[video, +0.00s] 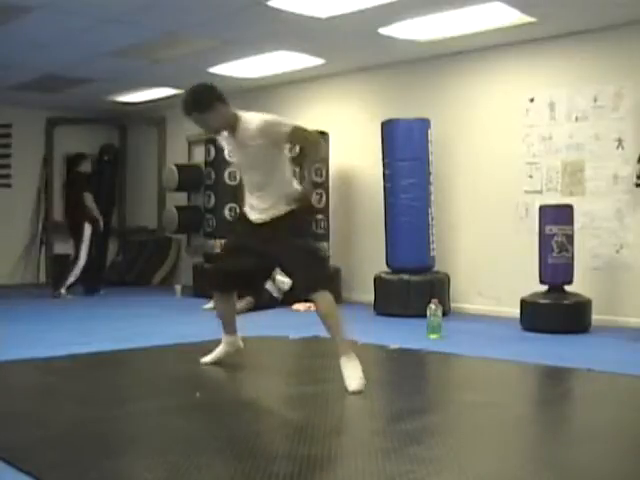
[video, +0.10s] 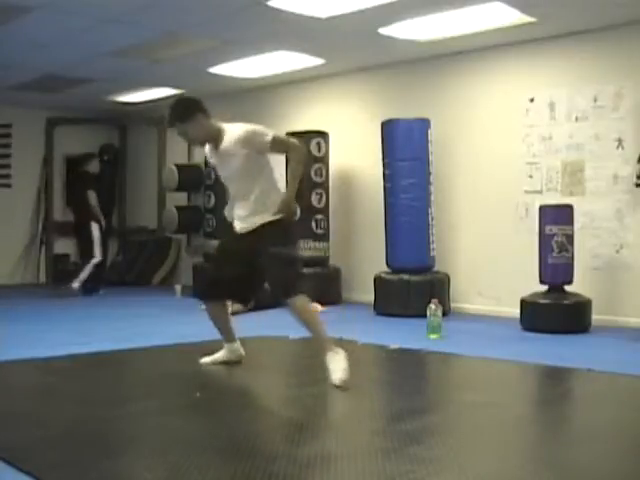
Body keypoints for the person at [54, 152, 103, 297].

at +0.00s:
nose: (90, 167)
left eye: (89, 163)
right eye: (87, 164)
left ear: (75, 165)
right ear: (81, 165)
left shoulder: (70, 180)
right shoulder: (83, 179)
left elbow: (70, 203)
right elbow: (88, 201)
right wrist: (99, 217)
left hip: (73, 219)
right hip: (83, 219)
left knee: (80, 255)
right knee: (82, 256)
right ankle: (63, 287)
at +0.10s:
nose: (98, 168)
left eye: (97, 165)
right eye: (96, 165)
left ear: (83, 166)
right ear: (90, 166)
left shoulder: (77, 180)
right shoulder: (89, 180)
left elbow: (74, 204)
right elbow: (92, 203)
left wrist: (79, 217)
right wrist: (101, 219)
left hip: (80, 219)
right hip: (90, 220)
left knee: (88, 255)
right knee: (97, 255)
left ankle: (91, 286)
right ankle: (76, 284)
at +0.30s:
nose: (112, 167)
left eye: (113, 163)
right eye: (111, 163)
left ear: (100, 160)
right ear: (106, 161)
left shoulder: (93, 175)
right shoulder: (101, 178)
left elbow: (98, 200)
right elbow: (102, 199)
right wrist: (114, 215)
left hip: (92, 217)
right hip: (102, 218)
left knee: (94, 252)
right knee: (113, 251)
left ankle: (92, 285)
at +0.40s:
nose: (120, 171)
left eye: (120, 166)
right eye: (118, 166)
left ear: (104, 163)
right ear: (110, 165)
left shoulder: (97, 178)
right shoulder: (106, 180)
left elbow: (102, 202)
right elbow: (106, 203)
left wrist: (114, 215)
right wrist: (117, 217)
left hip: (96, 219)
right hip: (106, 220)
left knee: (96, 252)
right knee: (120, 253)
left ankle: (92, 284)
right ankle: (134, 283)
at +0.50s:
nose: (122, 164)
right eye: (121, 161)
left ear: (101, 158)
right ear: (115, 160)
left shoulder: (95, 174)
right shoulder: (113, 177)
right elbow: (115, 204)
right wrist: (126, 218)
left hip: (97, 218)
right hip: (113, 219)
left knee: (96, 252)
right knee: (127, 255)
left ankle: (92, 286)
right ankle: (137, 287)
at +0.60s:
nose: (134, 167)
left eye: (134, 163)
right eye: (132, 163)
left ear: (103, 159)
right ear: (123, 162)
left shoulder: (98, 175)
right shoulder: (122, 178)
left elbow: (93, 200)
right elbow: (125, 202)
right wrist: (133, 217)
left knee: (100, 250)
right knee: (130, 253)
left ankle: (97, 283)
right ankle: (137, 287)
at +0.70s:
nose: (139, 165)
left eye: (138, 162)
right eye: (136, 162)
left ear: (126, 164)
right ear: (129, 163)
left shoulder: (118, 176)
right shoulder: (129, 178)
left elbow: (116, 201)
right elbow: (131, 203)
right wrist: (140, 219)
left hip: (119, 218)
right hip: (129, 220)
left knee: (120, 251)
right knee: (133, 253)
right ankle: (137, 286)